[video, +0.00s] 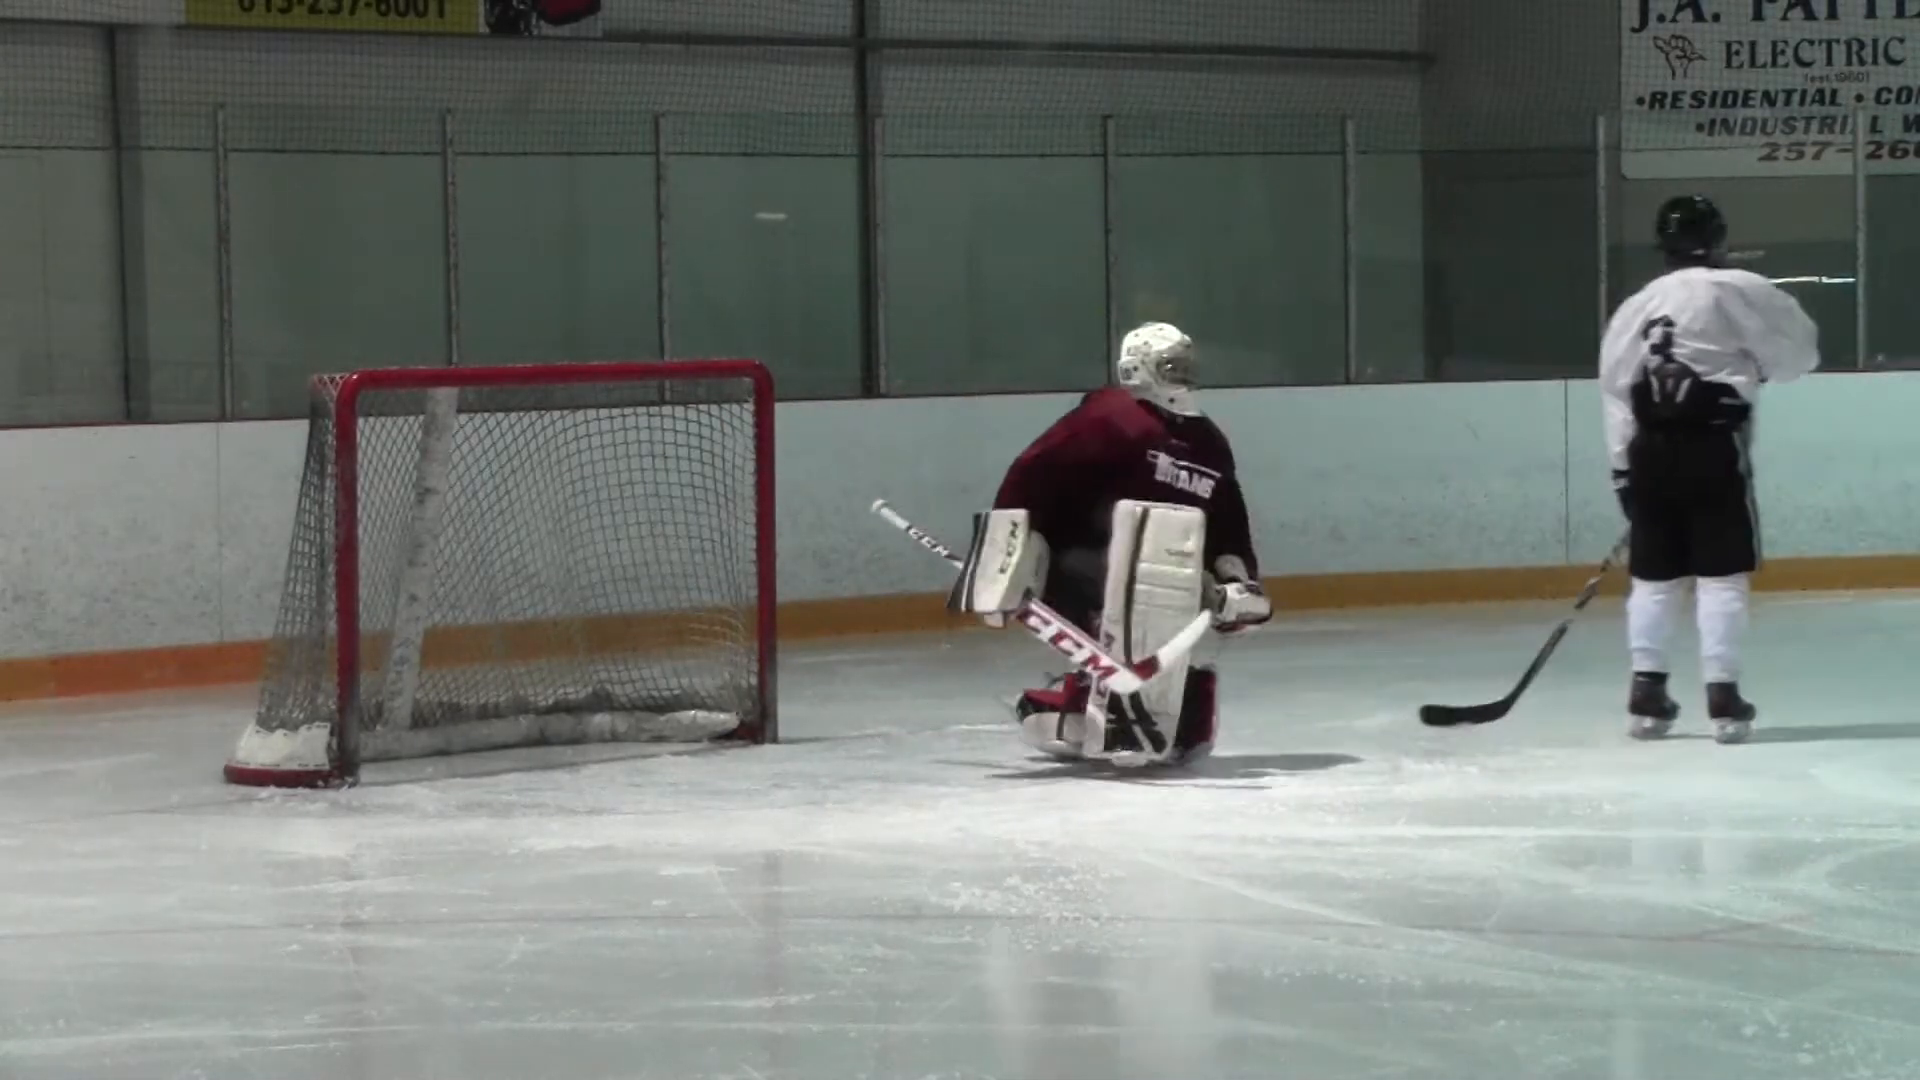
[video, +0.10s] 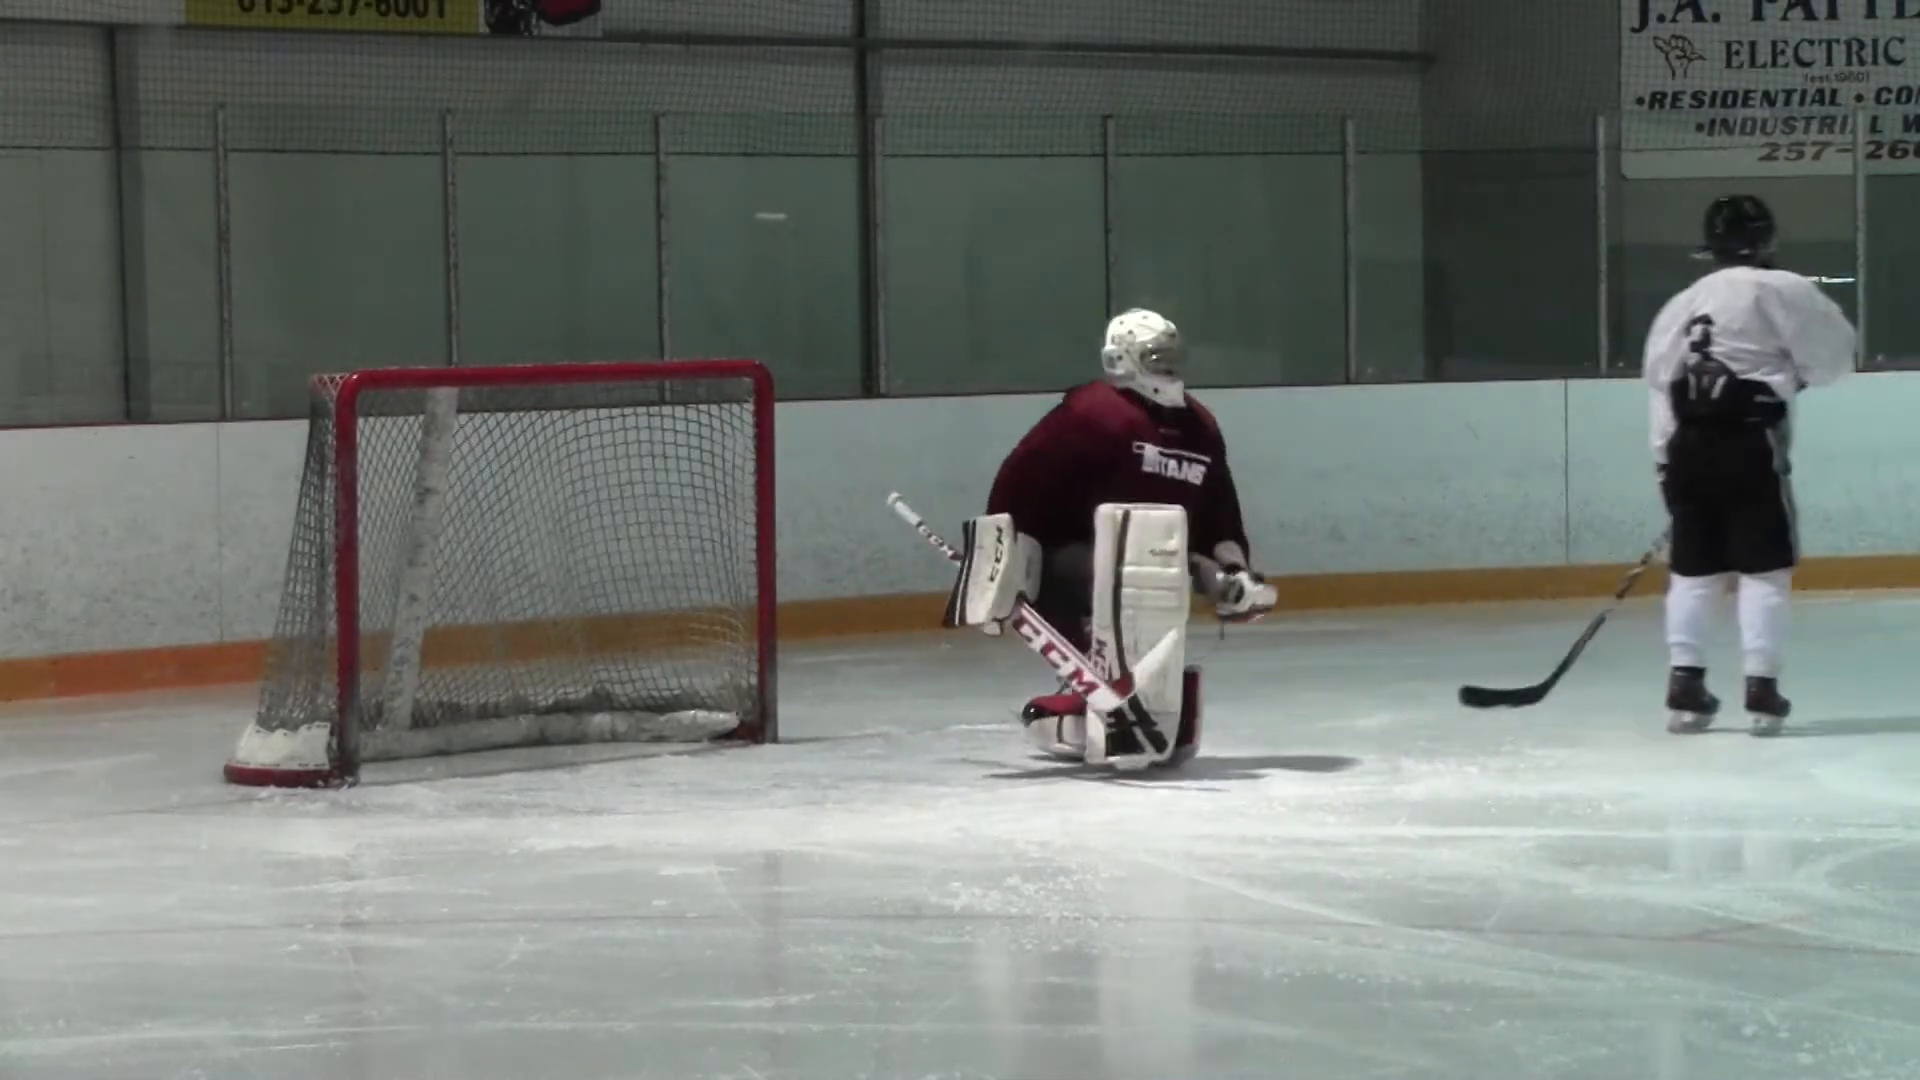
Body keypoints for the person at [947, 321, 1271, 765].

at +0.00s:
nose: (1183, 380)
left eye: (1187, 370)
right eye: (1171, 369)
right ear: (1139, 372)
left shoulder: (1207, 439)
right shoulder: (1110, 417)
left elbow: (1229, 522)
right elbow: (1028, 477)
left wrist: (1238, 582)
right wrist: (1003, 569)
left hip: (1160, 587)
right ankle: (1043, 716)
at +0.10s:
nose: (1169, 370)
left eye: (1173, 360)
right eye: (1157, 360)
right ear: (1126, 362)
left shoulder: (1199, 425)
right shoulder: (1092, 412)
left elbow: (1219, 509)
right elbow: (1016, 485)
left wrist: (1233, 569)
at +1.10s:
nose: (1085, 258)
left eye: (1093, 247)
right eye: (1078, 244)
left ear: (1099, 246)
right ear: (1047, 233)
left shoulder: (1077, 306)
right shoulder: (1007, 269)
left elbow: (1050, 400)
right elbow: (949, 348)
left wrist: (1079, 461)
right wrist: (940, 441)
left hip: (1050, 473)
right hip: (996, 472)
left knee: (1100, 578)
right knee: (1014, 597)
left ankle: (1098, 713)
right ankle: (982, 730)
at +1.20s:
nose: (1087, 271)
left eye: (1097, 262)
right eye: (1082, 256)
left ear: (1101, 258)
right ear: (1055, 241)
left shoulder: (1075, 316)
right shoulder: (1006, 276)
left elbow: (1049, 406)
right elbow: (947, 361)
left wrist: (1060, 474)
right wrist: (941, 468)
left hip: (1038, 484)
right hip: (983, 480)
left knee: (1071, 598)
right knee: (999, 603)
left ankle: (1043, 712)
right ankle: (971, 736)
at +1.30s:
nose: (1087, 282)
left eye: (1097, 273)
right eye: (1084, 266)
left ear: (1098, 266)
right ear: (1060, 248)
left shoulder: (1070, 321)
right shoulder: (1009, 275)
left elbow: (1036, 413)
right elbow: (947, 357)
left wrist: (1054, 477)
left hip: (1017, 481)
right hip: (952, 472)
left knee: (1057, 587)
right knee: (989, 591)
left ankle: (1025, 703)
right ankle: (955, 721)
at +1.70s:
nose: (1038, 289)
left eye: (1050, 282)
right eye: (1035, 273)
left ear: (1055, 280)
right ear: (1014, 255)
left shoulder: (1027, 339)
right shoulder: (976, 266)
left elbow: (1016, 418)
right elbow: (912, 295)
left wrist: (1043, 466)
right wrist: (957, 346)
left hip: (979, 477)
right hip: (928, 468)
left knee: (998, 589)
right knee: (953, 589)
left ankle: (964, 696)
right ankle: (925, 709)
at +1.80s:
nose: (1033, 287)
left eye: (1042, 280)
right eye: (1030, 271)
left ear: (1039, 278)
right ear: (1008, 254)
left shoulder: (1014, 339)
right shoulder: (963, 264)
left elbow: (1003, 419)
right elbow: (914, 308)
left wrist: (1027, 469)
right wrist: (956, 370)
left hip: (967, 475)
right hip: (918, 465)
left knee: (981, 588)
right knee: (942, 588)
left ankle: (948, 695)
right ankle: (907, 708)